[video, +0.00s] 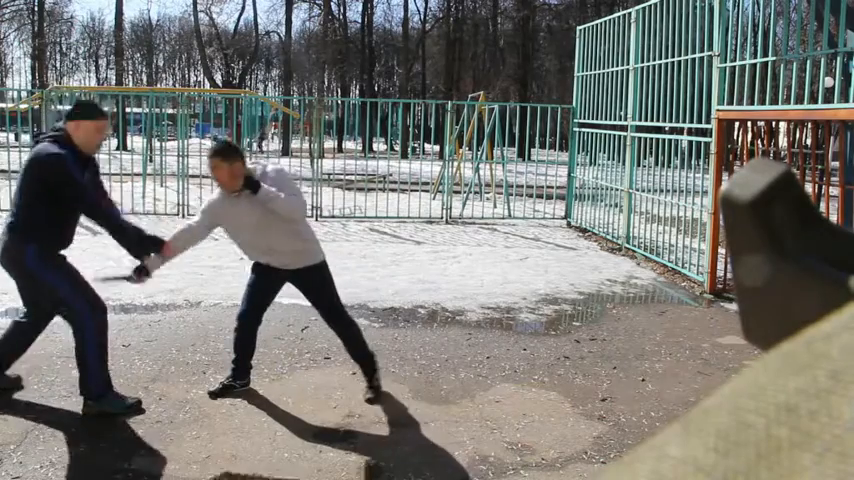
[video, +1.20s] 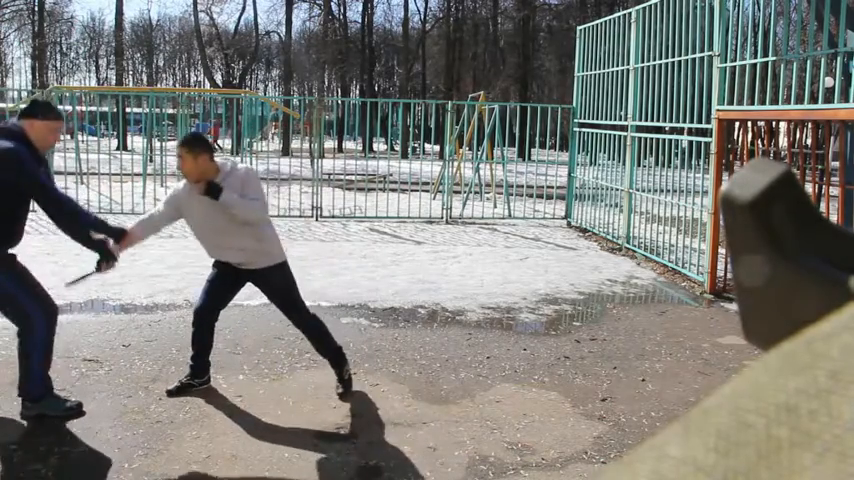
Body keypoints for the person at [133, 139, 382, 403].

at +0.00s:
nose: (216, 176)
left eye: (220, 168)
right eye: (213, 170)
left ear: (239, 166)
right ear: (214, 173)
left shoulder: (274, 177)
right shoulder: (218, 207)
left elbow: (299, 210)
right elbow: (189, 235)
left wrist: (259, 191)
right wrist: (152, 261)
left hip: (306, 261)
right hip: (267, 265)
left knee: (336, 317)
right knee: (247, 319)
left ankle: (370, 371)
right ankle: (239, 377)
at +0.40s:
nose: (225, 159)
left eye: (228, 153)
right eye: (225, 153)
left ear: (245, 149)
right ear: (241, 151)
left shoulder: (288, 170)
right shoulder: (234, 183)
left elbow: (297, 212)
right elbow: (210, 211)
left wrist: (256, 196)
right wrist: (173, 218)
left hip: (309, 260)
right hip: (272, 260)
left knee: (333, 320)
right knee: (250, 316)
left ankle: (358, 373)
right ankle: (239, 376)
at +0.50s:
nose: (240, 155)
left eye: (242, 149)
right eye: (239, 150)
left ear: (260, 145)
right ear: (256, 146)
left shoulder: (300, 170)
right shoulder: (258, 178)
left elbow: (306, 215)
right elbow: (249, 218)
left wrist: (264, 198)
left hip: (314, 264)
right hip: (278, 262)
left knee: (334, 323)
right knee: (255, 314)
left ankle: (358, 375)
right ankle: (240, 376)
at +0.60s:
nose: (253, 152)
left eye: (256, 146)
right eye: (253, 147)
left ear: (274, 144)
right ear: (272, 145)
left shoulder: (311, 171)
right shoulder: (277, 176)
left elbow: (309, 217)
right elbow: (281, 219)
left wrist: (270, 194)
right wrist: (253, 225)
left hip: (318, 267)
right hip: (283, 263)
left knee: (335, 327)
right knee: (256, 314)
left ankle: (359, 376)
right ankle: (240, 376)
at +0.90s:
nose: (252, 158)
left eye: (254, 152)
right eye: (251, 152)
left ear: (272, 150)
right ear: (267, 151)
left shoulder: (309, 176)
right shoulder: (258, 181)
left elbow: (309, 220)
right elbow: (246, 217)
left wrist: (271, 192)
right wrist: (235, 249)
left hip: (305, 272)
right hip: (268, 268)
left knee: (330, 331)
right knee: (230, 314)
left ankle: (358, 377)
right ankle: (211, 374)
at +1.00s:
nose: (229, 156)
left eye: (232, 149)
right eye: (228, 150)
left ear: (248, 148)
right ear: (242, 150)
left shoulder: (288, 172)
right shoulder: (233, 183)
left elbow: (294, 211)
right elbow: (200, 205)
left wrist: (257, 183)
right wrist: (175, 234)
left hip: (292, 269)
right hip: (253, 266)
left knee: (322, 326)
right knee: (219, 316)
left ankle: (356, 375)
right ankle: (200, 373)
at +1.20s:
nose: (180, 167)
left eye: (183, 160)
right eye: (179, 161)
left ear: (204, 158)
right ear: (191, 161)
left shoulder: (243, 178)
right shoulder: (183, 195)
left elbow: (259, 212)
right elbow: (155, 220)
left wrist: (220, 194)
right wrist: (124, 239)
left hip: (267, 262)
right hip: (229, 265)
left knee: (300, 317)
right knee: (203, 314)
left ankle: (339, 363)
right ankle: (198, 375)